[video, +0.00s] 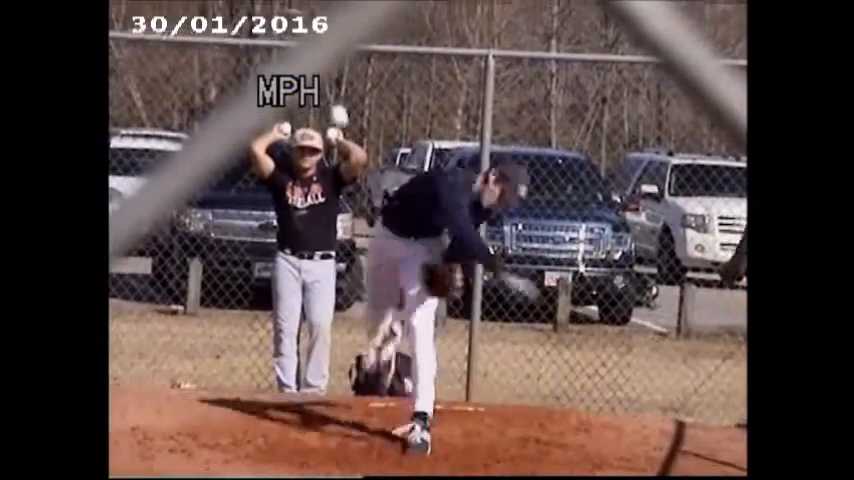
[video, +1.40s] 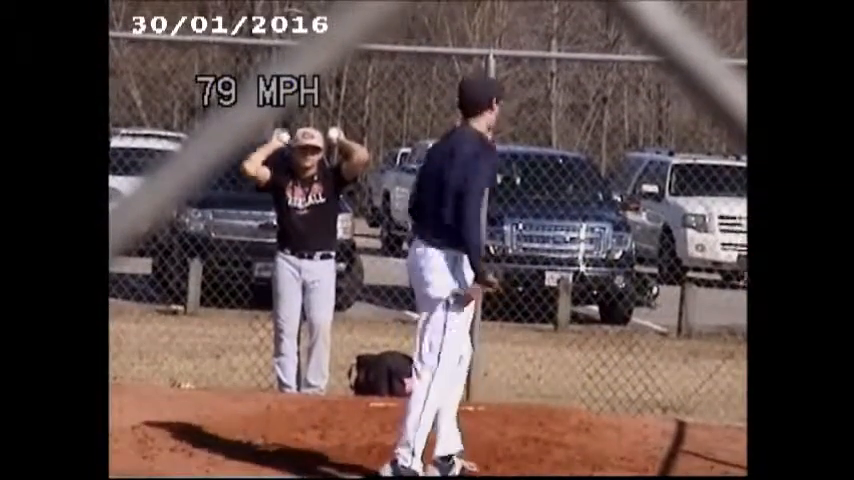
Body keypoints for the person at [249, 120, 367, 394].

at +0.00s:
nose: (307, 158)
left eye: (313, 152)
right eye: (302, 152)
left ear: (322, 153)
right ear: (292, 153)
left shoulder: (332, 177)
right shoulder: (281, 179)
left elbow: (361, 159)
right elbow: (256, 151)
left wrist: (339, 141)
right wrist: (274, 134)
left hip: (322, 262)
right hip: (288, 260)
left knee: (320, 325)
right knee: (285, 326)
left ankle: (315, 386)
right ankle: (286, 386)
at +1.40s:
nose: (307, 158)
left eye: (313, 152)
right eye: (301, 152)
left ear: (322, 154)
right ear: (292, 153)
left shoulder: (333, 177)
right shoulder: (281, 178)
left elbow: (362, 158)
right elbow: (250, 167)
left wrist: (341, 141)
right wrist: (275, 144)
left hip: (322, 261)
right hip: (288, 259)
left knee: (320, 324)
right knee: (285, 326)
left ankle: (315, 387)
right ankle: (286, 387)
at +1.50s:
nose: (309, 157)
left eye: (315, 151)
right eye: (303, 151)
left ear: (323, 153)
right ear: (293, 151)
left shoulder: (333, 176)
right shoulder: (281, 176)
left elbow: (364, 157)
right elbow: (254, 201)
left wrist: (341, 140)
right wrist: (269, 167)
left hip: (322, 260)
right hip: (287, 258)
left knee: (320, 322)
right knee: (285, 325)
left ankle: (315, 384)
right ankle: (286, 385)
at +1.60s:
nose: (310, 157)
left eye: (316, 152)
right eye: (305, 152)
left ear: (324, 155)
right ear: (295, 153)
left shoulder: (333, 178)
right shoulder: (280, 180)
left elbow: (365, 159)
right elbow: (261, 228)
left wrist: (341, 142)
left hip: (322, 262)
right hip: (287, 261)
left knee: (320, 324)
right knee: (285, 326)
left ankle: (315, 386)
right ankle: (287, 386)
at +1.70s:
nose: (309, 154)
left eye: (315, 150)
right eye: (304, 149)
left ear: (324, 153)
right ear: (295, 152)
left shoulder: (334, 176)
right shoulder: (282, 183)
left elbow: (367, 157)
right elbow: (272, 225)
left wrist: (342, 140)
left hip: (322, 261)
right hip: (288, 259)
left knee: (321, 324)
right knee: (286, 325)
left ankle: (316, 385)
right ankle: (287, 385)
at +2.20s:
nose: (310, 156)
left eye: (315, 152)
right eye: (305, 152)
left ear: (323, 156)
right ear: (295, 156)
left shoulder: (333, 179)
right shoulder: (286, 190)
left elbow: (373, 161)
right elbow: (287, 230)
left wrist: (343, 142)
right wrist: (293, 262)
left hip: (324, 263)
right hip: (291, 261)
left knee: (321, 327)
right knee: (287, 328)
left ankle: (316, 389)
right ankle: (287, 388)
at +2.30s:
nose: (310, 153)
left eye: (316, 148)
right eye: (305, 148)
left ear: (323, 153)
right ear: (295, 153)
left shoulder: (333, 177)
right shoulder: (285, 183)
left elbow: (373, 158)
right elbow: (293, 227)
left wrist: (343, 139)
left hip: (322, 259)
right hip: (288, 259)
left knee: (321, 324)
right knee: (286, 324)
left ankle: (316, 386)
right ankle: (287, 385)